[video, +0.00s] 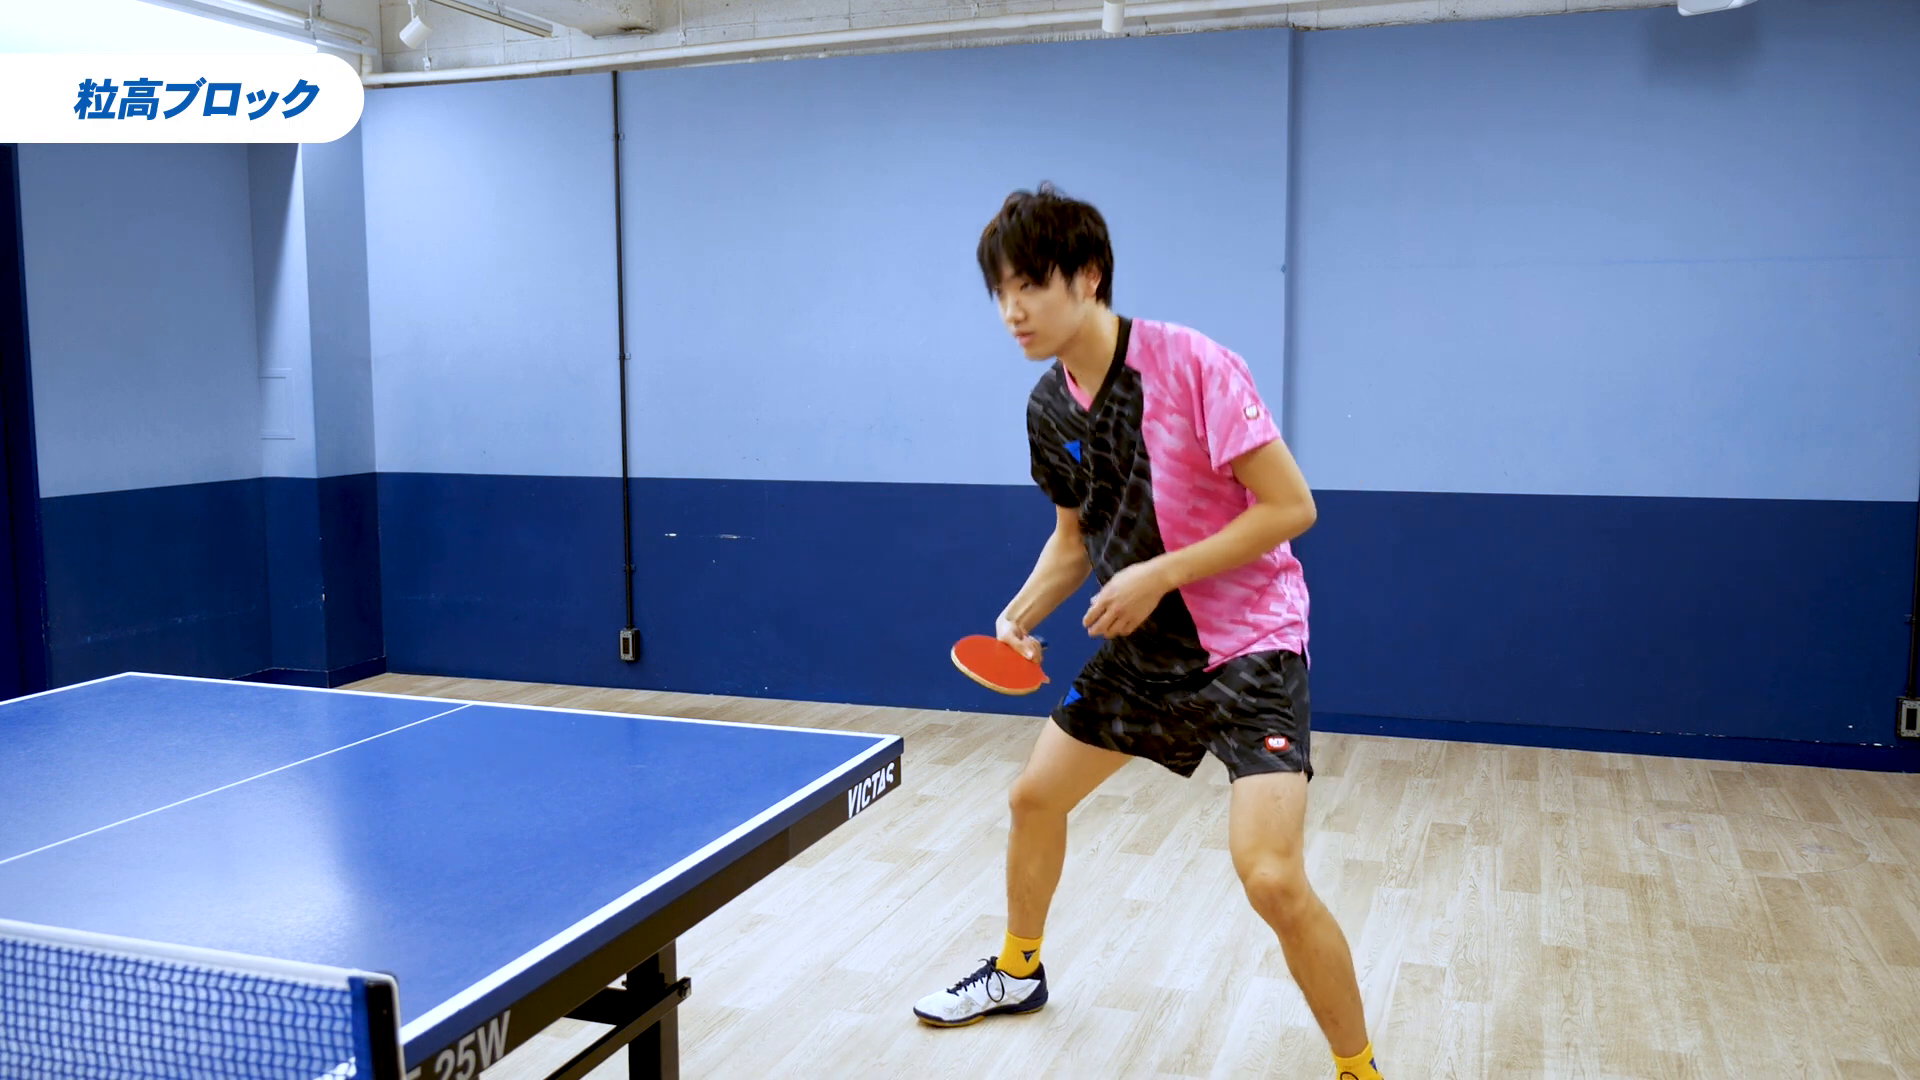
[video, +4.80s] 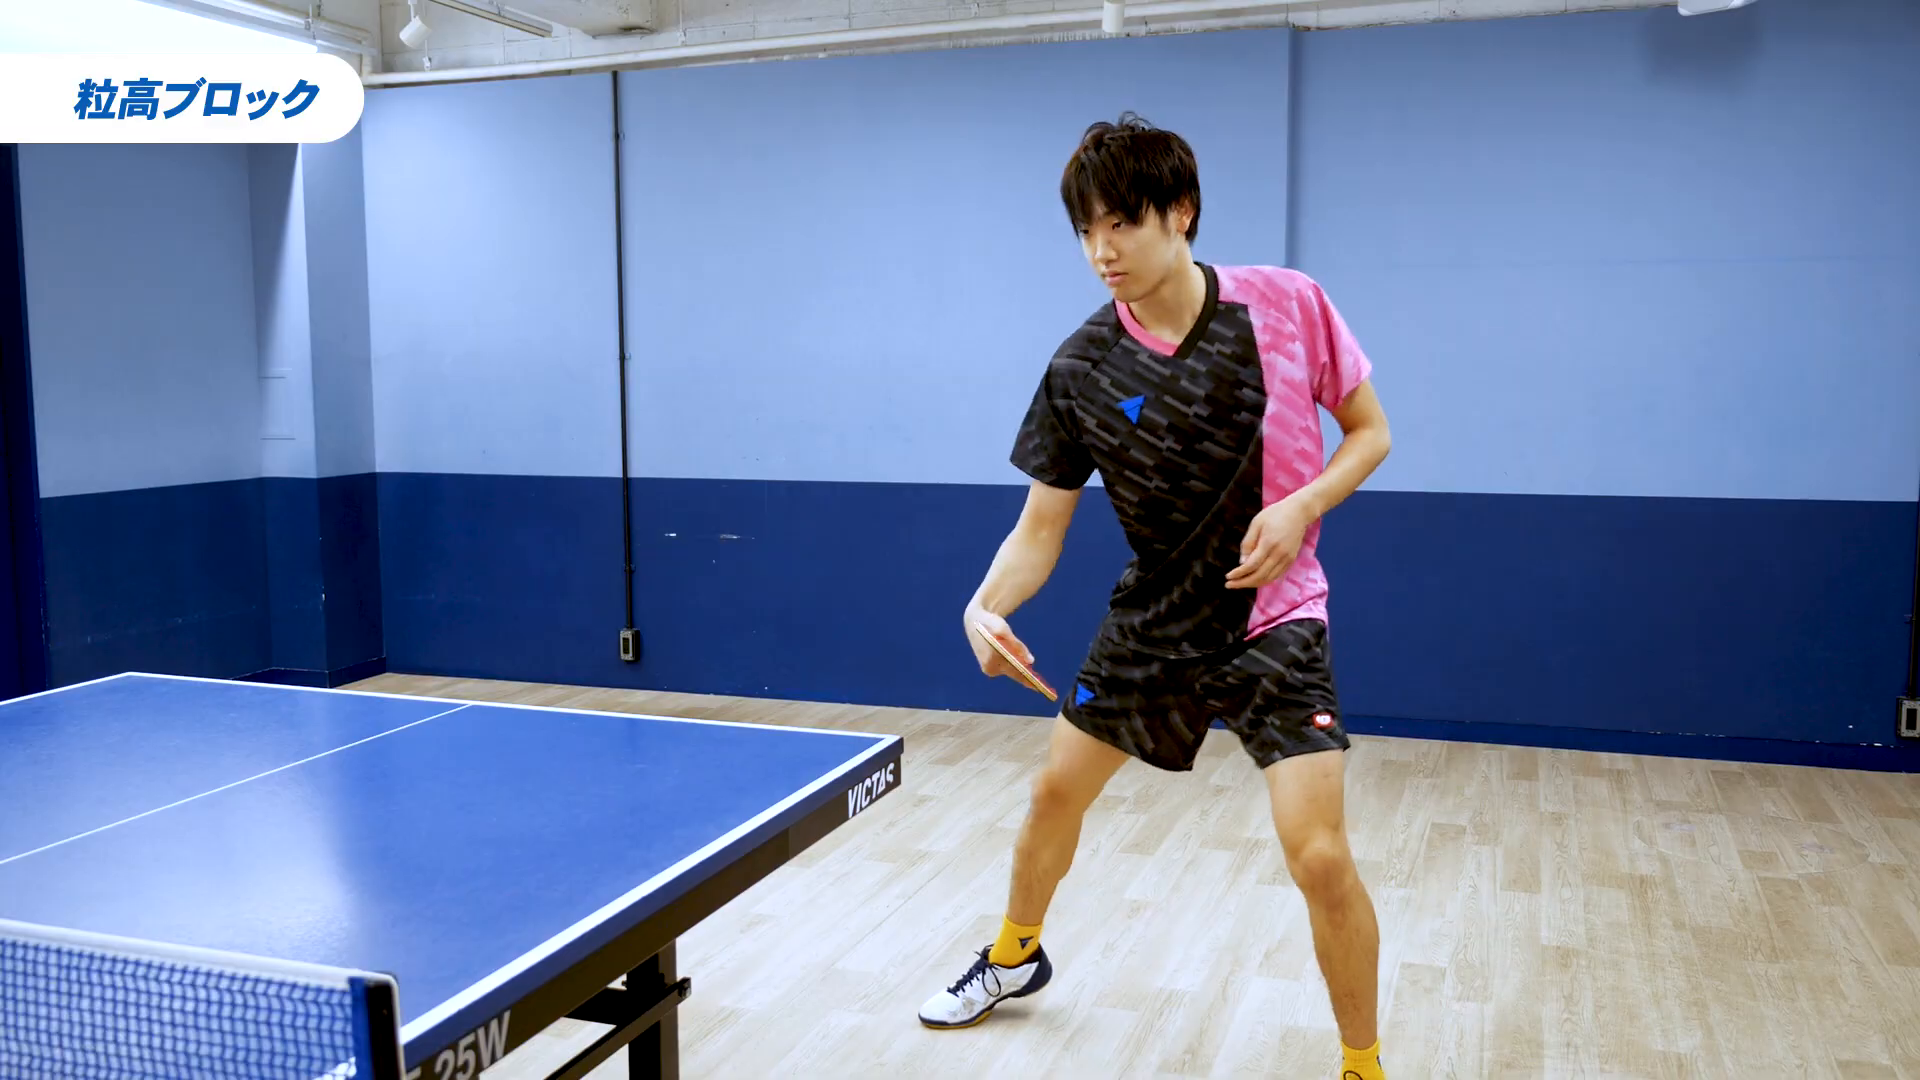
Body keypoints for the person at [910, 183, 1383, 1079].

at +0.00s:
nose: (1012, 310)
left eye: (1029, 284)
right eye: (1001, 292)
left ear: (1088, 277)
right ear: (1002, 300)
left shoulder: (1191, 364)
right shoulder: (1050, 407)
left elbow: (1289, 505)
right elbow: (1075, 539)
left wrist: (1161, 574)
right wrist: (1017, 620)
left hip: (1252, 640)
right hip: (1147, 644)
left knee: (1271, 878)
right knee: (1036, 797)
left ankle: (1359, 1069)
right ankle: (1017, 969)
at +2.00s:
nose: (1084, 290)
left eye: (1101, 264)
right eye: (1071, 271)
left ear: (1160, 251)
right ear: (1065, 273)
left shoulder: (1275, 322)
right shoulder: (1081, 393)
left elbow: (1371, 449)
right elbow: (1042, 543)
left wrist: (1285, 526)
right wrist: (979, 588)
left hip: (1282, 626)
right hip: (1165, 628)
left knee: (1315, 872)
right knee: (1059, 797)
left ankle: (1364, 1068)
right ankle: (1022, 962)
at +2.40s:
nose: (1013, 286)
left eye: (1031, 262)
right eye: (1003, 269)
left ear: (1090, 259)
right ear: (1003, 277)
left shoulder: (1190, 352)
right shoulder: (1038, 396)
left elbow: (1276, 491)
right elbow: (1054, 538)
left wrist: (1154, 553)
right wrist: (996, 607)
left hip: (1217, 644)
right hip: (1110, 645)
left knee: (1255, 872)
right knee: (1000, 802)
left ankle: (1356, 1067)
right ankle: (1023, 973)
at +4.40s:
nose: (1035, 380)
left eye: (1047, 354)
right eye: (1019, 364)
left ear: (1101, 325)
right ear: (1011, 362)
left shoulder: (1229, 370)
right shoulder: (1052, 443)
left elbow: (1337, 485)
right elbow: (1052, 584)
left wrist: (1247, 577)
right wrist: (1022, 591)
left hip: (1272, 644)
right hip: (1151, 650)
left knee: (1299, 876)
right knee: (1038, 814)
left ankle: (1361, 1067)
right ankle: (1025, 973)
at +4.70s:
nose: (1097, 267)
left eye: (1115, 240)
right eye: (1081, 249)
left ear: (1173, 227)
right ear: (1072, 256)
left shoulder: (1284, 304)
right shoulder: (1083, 384)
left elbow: (1373, 421)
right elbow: (1034, 538)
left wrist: (1309, 503)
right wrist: (975, 613)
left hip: (1286, 607)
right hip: (1165, 610)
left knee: (1328, 856)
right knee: (1067, 789)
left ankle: (1364, 1068)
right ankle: (1014, 953)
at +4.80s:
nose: (1104, 248)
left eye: (1124, 221)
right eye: (1089, 230)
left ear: (1183, 216)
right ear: (1079, 238)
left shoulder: (1285, 304)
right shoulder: (1081, 369)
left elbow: (1370, 430)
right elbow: (1039, 526)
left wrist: (1302, 508)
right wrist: (982, 605)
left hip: (1275, 608)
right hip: (1156, 608)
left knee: (1321, 859)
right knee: (1055, 790)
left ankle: (1363, 1065)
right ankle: (1015, 955)